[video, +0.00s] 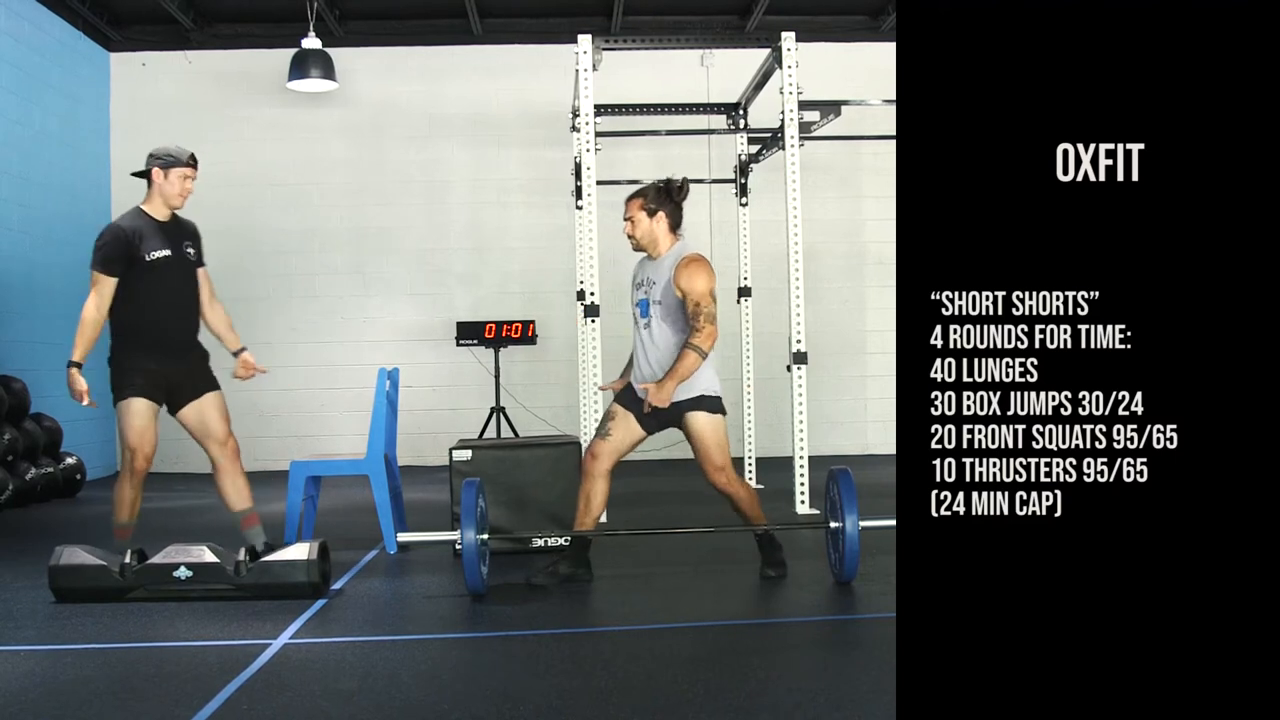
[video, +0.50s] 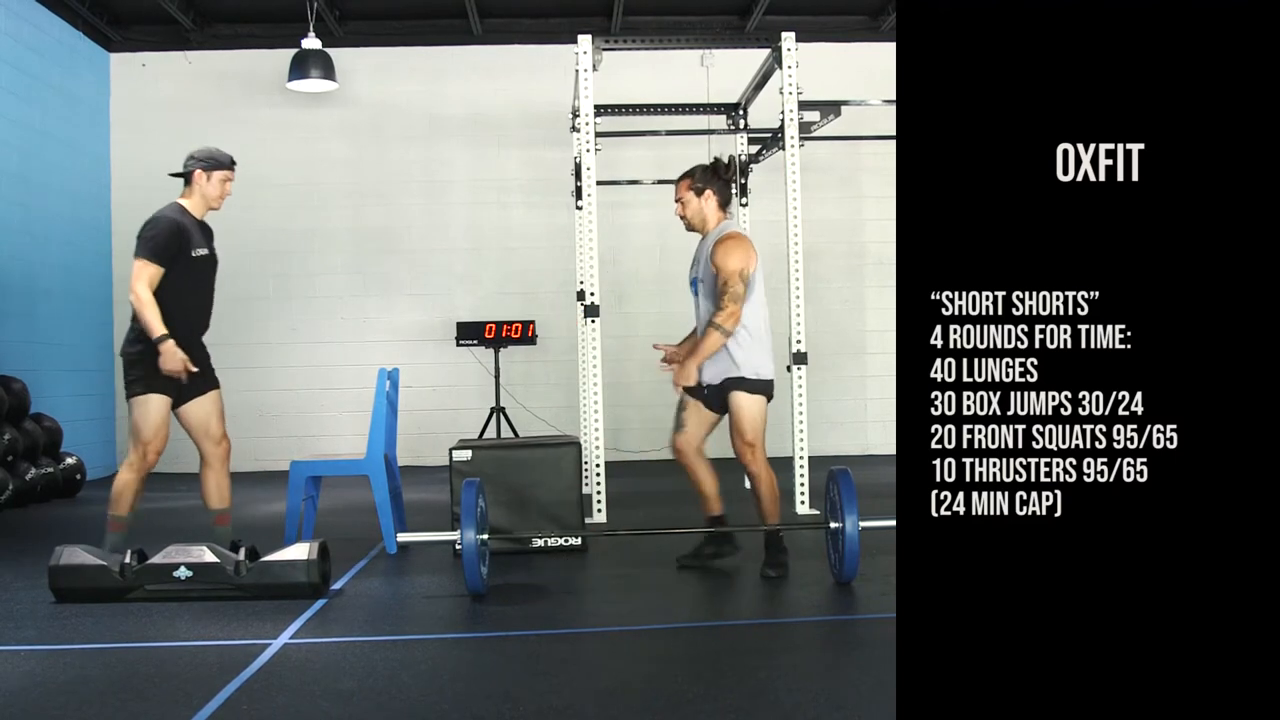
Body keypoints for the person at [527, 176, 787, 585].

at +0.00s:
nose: (626, 230)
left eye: (631, 221)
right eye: (626, 222)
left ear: (659, 219)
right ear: (654, 221)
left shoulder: (692, 268)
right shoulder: (643, 269)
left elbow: (705, 333)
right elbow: (649, 335)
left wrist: (670, 382)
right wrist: (626, 378)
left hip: (694, 390)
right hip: (644, 389)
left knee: (721, 475)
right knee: (597, 459)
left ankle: (768, 544)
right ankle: (577, 556)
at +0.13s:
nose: (647, 231)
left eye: (652, 222)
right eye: (646, 223)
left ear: (679, 219)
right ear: (672, 222)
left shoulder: (711, 268)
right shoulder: (665, 267)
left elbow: (706, 335)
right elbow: (674, 333)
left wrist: (657, 378)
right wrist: (651, 374)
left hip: (711, 389)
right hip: (666, 390)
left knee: (726, 474)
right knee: (624, 464)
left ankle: (770, 540)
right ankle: (583, 550)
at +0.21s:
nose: (662, 229)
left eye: (667, 220)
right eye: (661, 221)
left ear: (694, 217)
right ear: (689, 220)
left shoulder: (724, 269)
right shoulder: (683, 266)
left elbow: (704, 332)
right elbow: (691, 332)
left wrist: (650, 370)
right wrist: (664, 369)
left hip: (725, 386)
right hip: (682, 387)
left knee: (737, 473)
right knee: (645, 468)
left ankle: (772, 547)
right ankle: (597, 548)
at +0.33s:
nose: (673, 221)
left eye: (678, 212)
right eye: (673, 213)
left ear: (705, 210)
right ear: (701, 213)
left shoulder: (729, 260)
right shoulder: (701, 259)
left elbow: (704, 327)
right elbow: (705, 327)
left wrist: (651, 366)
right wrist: (676, 363)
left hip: (740, 380)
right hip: (699, 380)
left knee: (746, 463)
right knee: (655, 445)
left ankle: (773, 545)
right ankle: (638, 543)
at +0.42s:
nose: (677, 215)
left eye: (681, 206)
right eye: (676, 207)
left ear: (707, 203)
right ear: (703, 205)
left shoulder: (730, 252)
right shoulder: (707, 253)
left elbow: (713, 320)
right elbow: (710, 323)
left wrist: (668, 365)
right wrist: (674, 358)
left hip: (746, 374)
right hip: (708, 375)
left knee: (749, 459)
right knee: (664, 440)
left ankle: (774, 545)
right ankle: (679, 536)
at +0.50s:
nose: (678, 210)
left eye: (682, 201)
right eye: (677, 202)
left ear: (707, 197)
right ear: (703, 198)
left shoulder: (732, 246)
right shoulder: (707, 247)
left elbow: (730, 316)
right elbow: (713, 314)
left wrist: (693, 361)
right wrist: (684, 346)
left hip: (746, 370)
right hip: (714, 369)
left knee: (751, 452)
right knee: (686, 445)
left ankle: (774, 545)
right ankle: (719, 536)